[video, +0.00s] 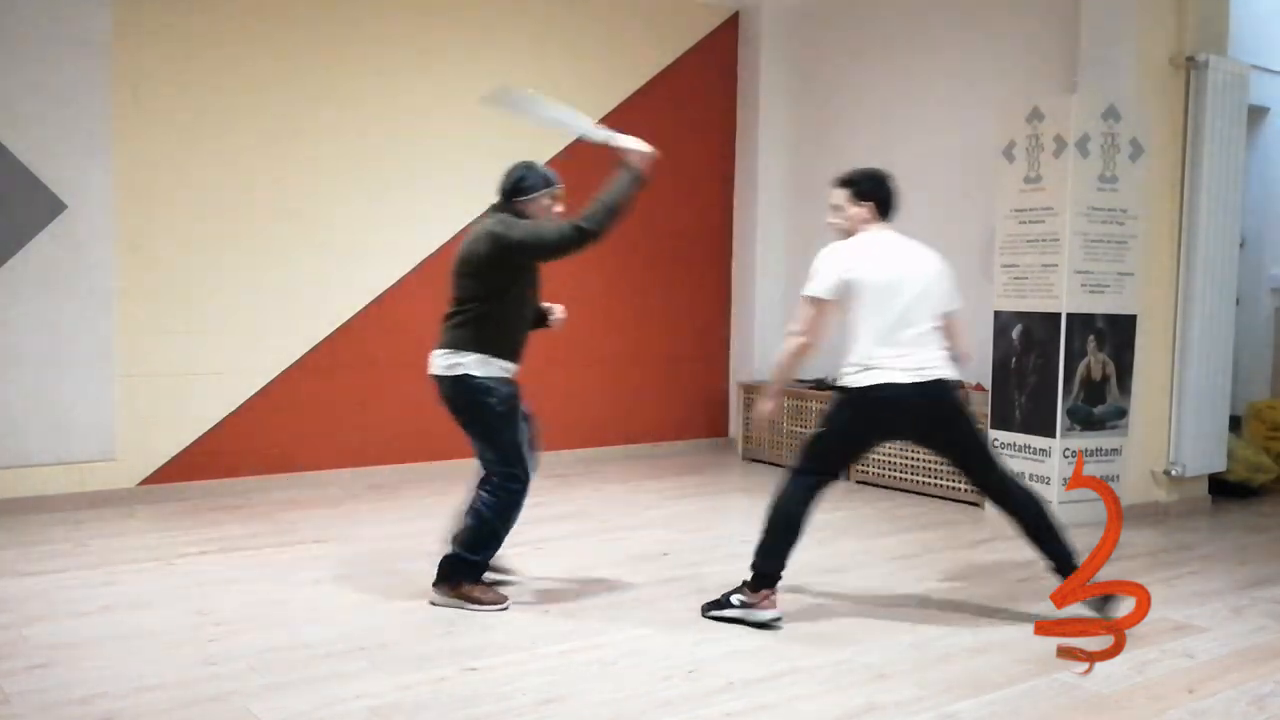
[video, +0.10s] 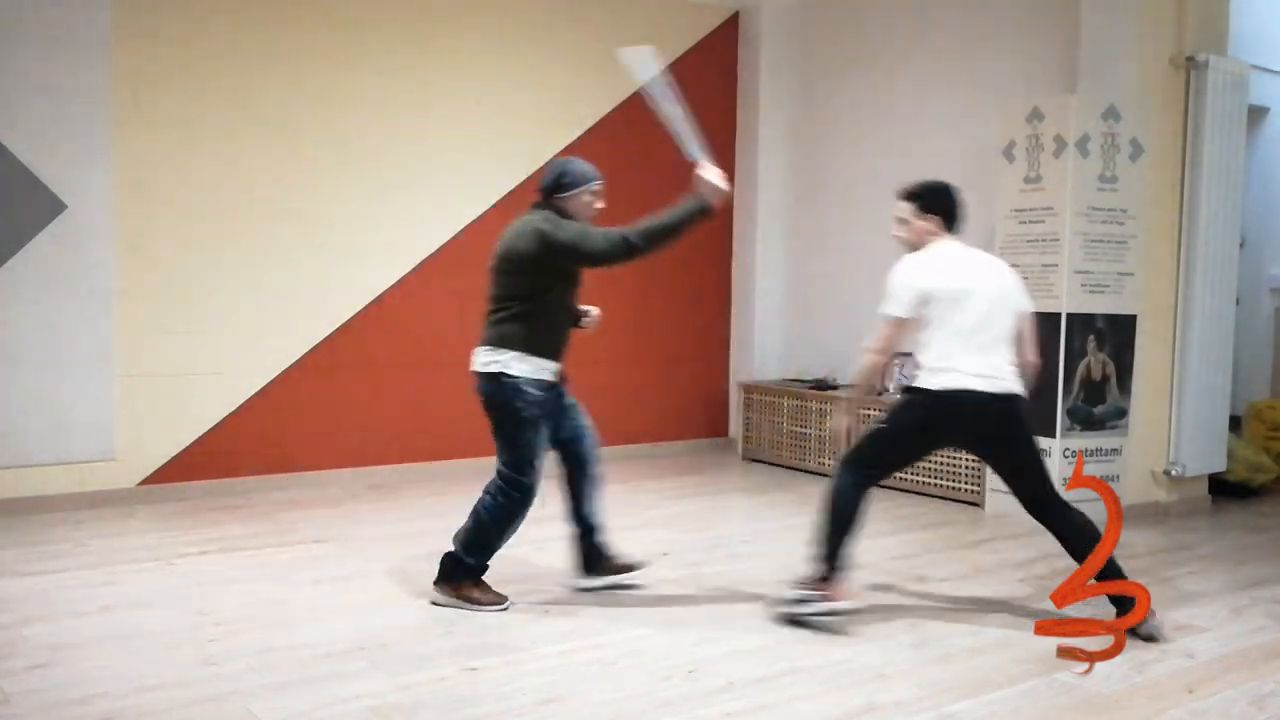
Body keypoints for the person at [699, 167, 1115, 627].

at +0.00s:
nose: (833, 217)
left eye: (839, 209)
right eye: (834, 208)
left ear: (865, 209)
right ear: (881, 211)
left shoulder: (840, 254)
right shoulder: (928, 259)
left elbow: (804, 336)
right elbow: (958, 347)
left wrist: (772, 391)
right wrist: (952, 387)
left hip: (869, 396)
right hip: (933, 396)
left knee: (804, 483)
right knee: (1000, 485)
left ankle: (759, 591)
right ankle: (1077, 579)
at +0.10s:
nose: (898, 230)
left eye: (905, 221)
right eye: (898, 220)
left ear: (932, 222)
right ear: (945, 222)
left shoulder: (915, 267)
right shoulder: (1003, 271)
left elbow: (881, 352)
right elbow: (1029, 359)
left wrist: (850, 407)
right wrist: (1002, 404)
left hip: (937, 403)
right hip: (1001, 409)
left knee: (857, 469)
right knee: (1048, 504)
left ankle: (826, 583)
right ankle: (1130, 602)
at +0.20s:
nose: (948, 244)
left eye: (956, 235)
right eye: (948, 234)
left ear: (986, 235)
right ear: (998, 237)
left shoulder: (974, 279)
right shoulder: (1049, 285)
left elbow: (953, 369)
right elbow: (1058, 368)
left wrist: (926, 407)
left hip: (989, 417)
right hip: (1047, 423)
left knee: (906, 468)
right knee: (1062, 513)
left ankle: (957, 568)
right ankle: (1141, 609)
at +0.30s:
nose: (989, 249)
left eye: (997, 240)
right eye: (990, 239)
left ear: (1025, 242)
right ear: (1033, 243)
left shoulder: (1011, 283)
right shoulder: (1078, 290)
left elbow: (995, 376)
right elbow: (1084, 370)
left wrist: (966, 422)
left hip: (1024, 423)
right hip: (1077, 424)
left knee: (940, 479)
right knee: (1075, 511)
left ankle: (1018, 565)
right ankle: (1146, 605)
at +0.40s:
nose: (1007, 252)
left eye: (1014, 242)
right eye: (1007, 242)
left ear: (1043, 243)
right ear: (1051, 245)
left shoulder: (1026, 283)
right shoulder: (1101, 293)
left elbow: (1010, 370)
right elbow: (1088, 367)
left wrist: (961, 426)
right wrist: (1004, 392)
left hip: (1039, 422)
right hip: (1095, 424)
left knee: (952, 473)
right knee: (1087, 504)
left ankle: (1006, 577)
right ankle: (1147, 600)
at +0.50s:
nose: (1005, 251)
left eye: (1011, 242)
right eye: (1005, 242)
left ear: (1039, 242)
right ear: (1048, 244)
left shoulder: (1023, 283)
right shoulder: (1102, 287)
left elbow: (994, 367)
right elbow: (1082, 372)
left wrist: (931, 418)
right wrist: (1003, 398)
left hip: (1043, 415)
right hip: (1099, 421)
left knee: (952, 462)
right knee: (1100, 506)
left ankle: (969, 567)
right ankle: (1148, 603)